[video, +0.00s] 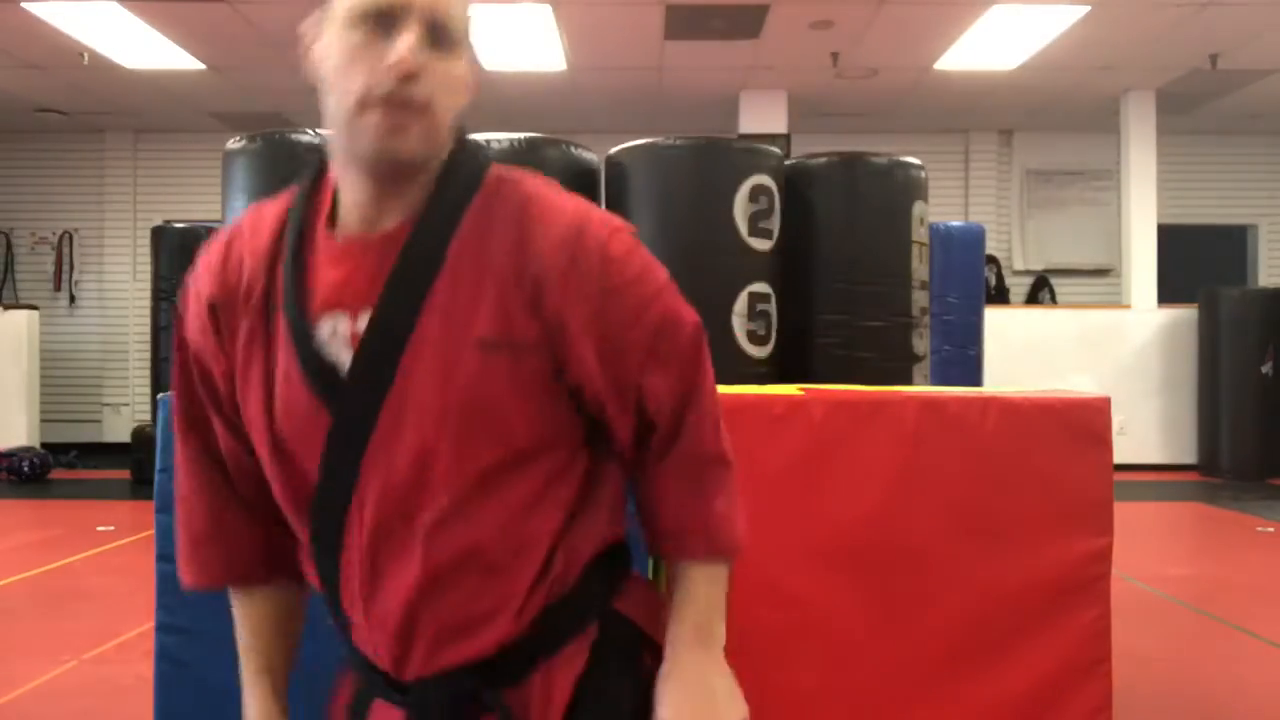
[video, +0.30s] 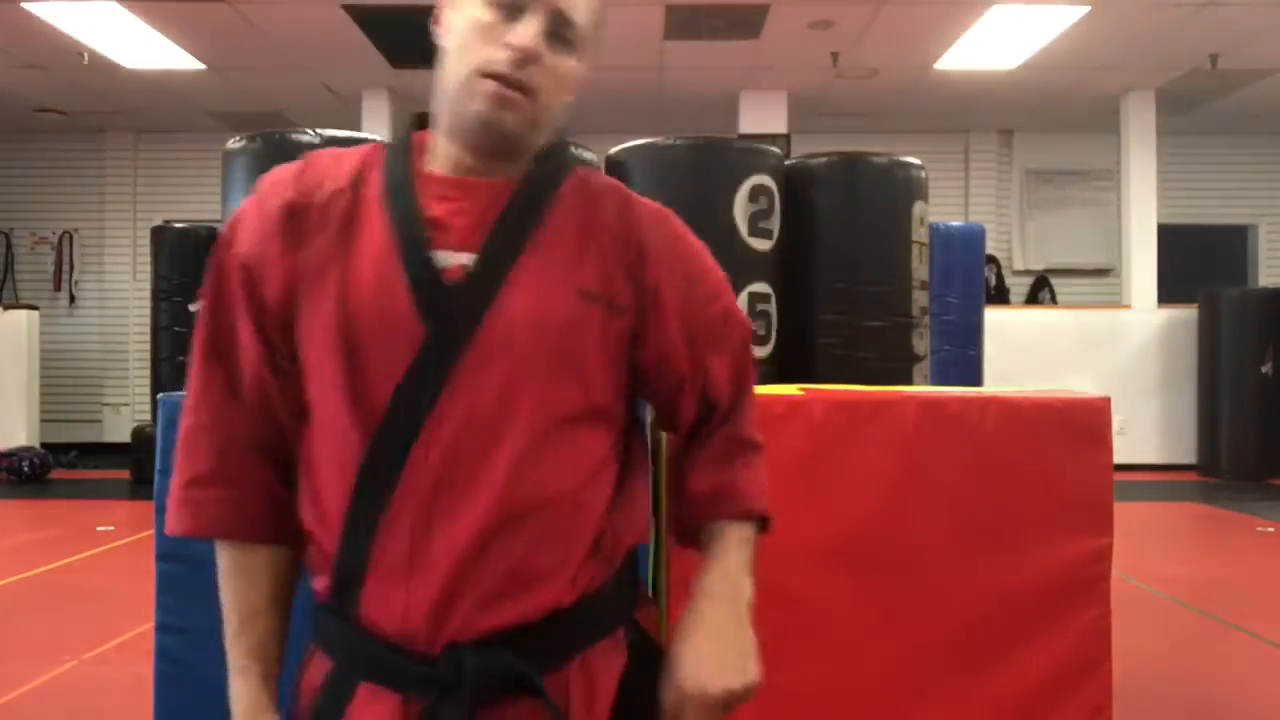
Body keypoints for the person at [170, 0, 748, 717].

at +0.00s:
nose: (407, 58)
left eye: (441, 39)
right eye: (376, 24)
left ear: (470, 81)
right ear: (313, 44)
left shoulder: (562, 245)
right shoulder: (234, 274)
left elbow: (686, 433)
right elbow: (249, 520)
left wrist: (699, 653)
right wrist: (263, 700)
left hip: (574, 682)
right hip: (380, 686)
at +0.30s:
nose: (525, 43)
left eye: (562, 35)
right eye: (505, 9)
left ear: (581, 83)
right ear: (442, 18)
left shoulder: (635, 241)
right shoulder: (292, 216)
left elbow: (721, 420)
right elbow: (243, 471)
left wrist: (724, 601)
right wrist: (252, 692)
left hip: (571, 684)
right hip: (359, 680)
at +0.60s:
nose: (710, 125)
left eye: (732, 91)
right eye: (677, 93)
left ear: (759, 105)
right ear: (617, 110)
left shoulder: (828, 288)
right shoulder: (495, 253)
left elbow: (870, 455)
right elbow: (426, 493)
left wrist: (841, 597)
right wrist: (415, 696)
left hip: (726, 697)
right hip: (525, 692)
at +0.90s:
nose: (655, 152)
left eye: (675, 104)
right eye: (617, 120)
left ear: (720, 95)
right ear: (580, 133)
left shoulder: (846, 228)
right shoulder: (514, 268)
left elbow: (953, 364)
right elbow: (483, 440)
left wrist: (915, 535)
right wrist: (474, 582)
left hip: (789, 673)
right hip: (595, 672)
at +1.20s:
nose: (493, 156)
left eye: (511, 116)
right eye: (464, 136)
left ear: (573, 112)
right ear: (449, 162)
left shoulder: (697, 232)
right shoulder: (457, 297)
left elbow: (868, 353)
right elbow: (453, 502)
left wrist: (807, 543)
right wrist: (398, 640)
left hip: (675, 670)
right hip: (517, 668)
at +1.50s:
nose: (418, 160)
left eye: (436, 124)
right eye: (391, 144)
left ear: (495, 119)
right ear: (381, 169)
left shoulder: (636, 223)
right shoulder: (395, 311)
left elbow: (803, 304)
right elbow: (424, 490)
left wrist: (756, 475)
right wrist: (447, 638)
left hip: (651, 629)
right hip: (498, 640)